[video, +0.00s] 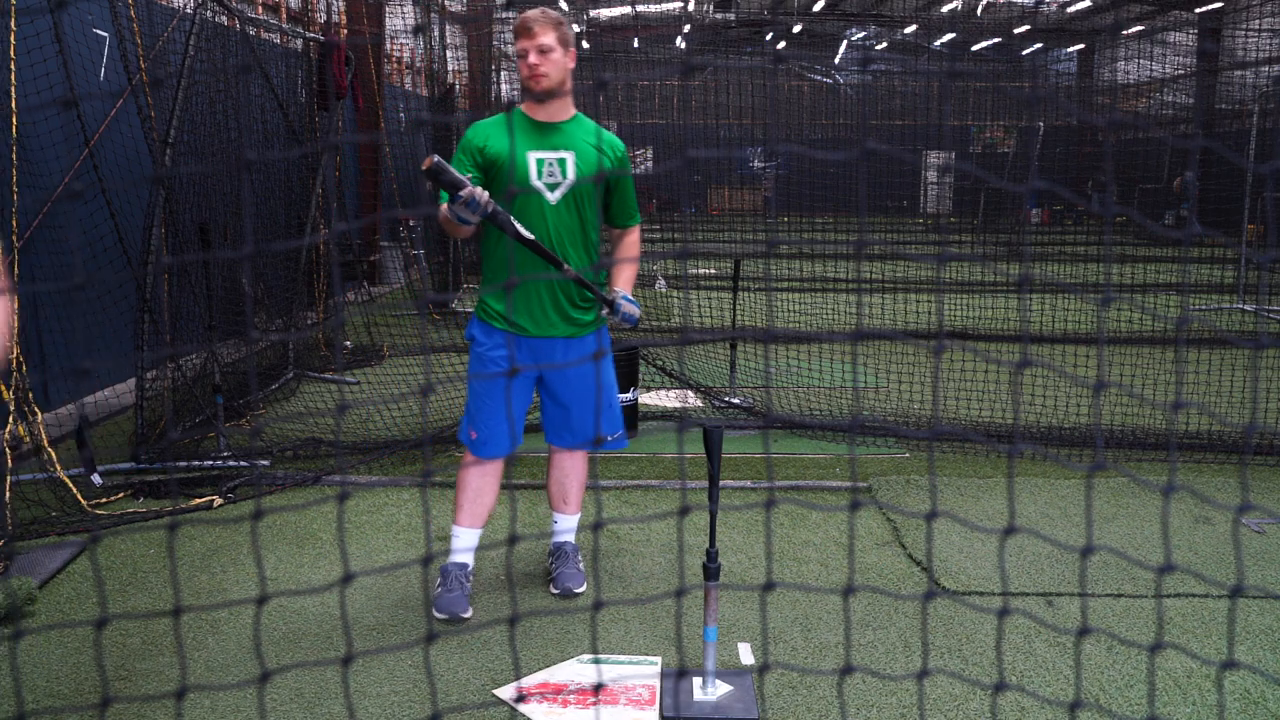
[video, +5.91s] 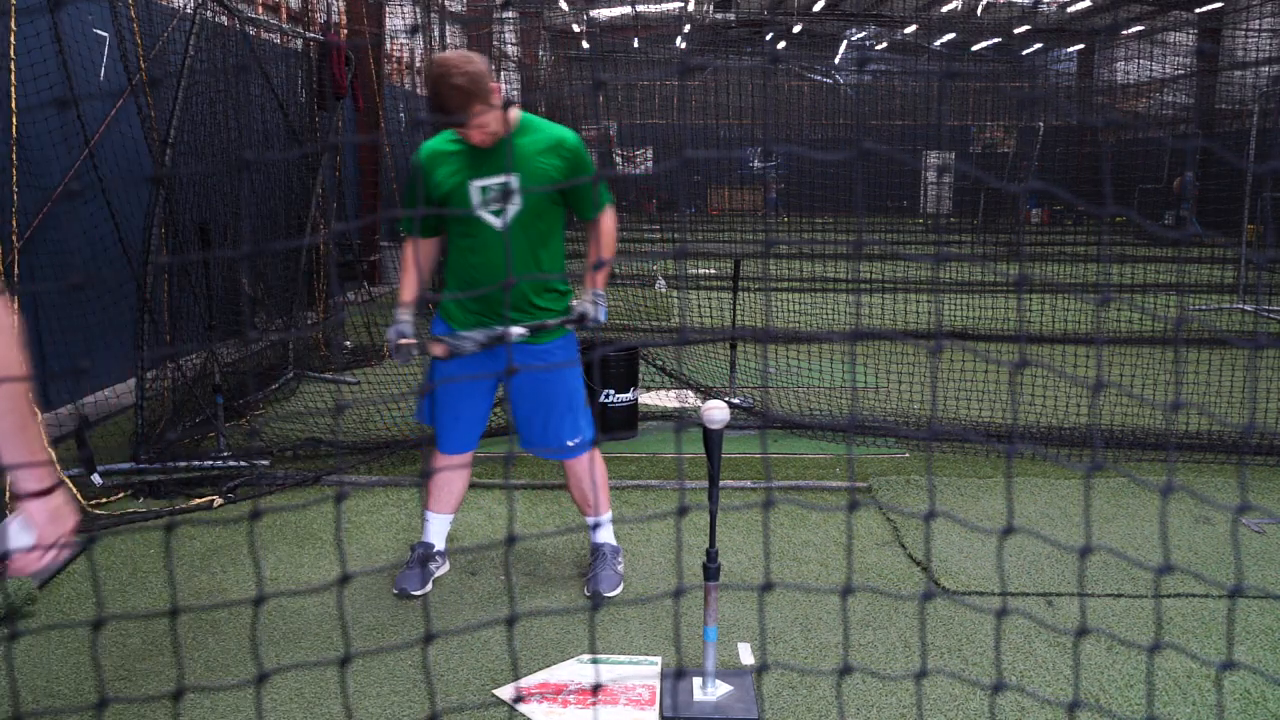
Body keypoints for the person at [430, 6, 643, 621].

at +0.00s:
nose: (533, 62)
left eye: (545, 51)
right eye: (523, 54)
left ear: (572, 58)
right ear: (516, 64)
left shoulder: (605, 148)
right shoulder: (485, 137)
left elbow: (628, 231)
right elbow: (453, 226)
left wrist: (621, 291)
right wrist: (465, 212)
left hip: (577, 323)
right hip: (500, 321)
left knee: (573, 438)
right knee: (483, 443)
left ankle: (565, 548)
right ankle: (458, 564)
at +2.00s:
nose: (551, 60)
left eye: (562, 49)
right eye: (540, 53)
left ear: (585, 57)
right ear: (529, 66)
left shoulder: (622, 148)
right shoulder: (500, 143)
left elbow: (648, 229)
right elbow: (477, 233)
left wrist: (638, 285)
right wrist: (477, 214)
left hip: (589, 322)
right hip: (515, 319)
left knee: (578, 437)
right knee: (501, 437)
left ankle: (566, 546)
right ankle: (486, 551)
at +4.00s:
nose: (574, 59)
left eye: (581, 49)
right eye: (560, 51)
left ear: (593, 58)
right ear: (538, 63)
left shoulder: (623, 148)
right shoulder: (504, 142)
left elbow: (654, 224)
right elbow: (464, 224)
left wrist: (640, 275)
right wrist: (476, 175)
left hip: (592, 324)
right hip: (516, 322)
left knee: (578, 441)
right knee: (503, 441)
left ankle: (566, 546)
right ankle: (486, 550)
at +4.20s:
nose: (577, 60)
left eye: (583, 51)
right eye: (564, 52)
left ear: (594, 59)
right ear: (537, 64)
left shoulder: (623, 148)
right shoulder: (506, 135)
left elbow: (654, 225)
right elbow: (473, 211)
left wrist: (630, 282)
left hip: (590, 324)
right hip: (515, 321)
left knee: (577, 441)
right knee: (501, 444)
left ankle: (566, 546)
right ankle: (486, 550)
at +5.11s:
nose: (516, 88)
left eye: (524, 75)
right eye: (502, 78)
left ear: (537, 71)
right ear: (478, 77)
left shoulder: (568, 147)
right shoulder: (446, 149)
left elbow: (607, 223)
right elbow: (415, 224)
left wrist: (584, 278)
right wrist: (424, 231)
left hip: (547, 324)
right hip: (469, 325)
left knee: (557, 440)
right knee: (455, 443)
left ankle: (564, 545)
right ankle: (434, 549)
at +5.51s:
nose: (435, 114)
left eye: (441, 101)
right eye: (421, 108)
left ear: (457, 77)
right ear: (403, 99)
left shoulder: (512, 134)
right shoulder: (391, 159)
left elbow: (561, 201)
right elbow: (388, 233)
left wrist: (552, 276)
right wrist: (381, 268)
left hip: (515, 319)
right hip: (436, 325)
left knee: (547, 434)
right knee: (436, 443)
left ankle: (577, 540)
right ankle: (430, 548)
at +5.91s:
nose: (474, 134)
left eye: (481, 119)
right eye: (461, 125)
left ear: (500, 92)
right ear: (445, 116)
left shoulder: (558, 146)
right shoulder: (433, 161)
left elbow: (601, 213)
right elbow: (421, 237)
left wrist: (595, 291)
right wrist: (405, 311)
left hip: (544, 325)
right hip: (463, 328)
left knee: (573, 442)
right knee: (449, 445)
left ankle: (604, 545)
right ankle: (432, 549)